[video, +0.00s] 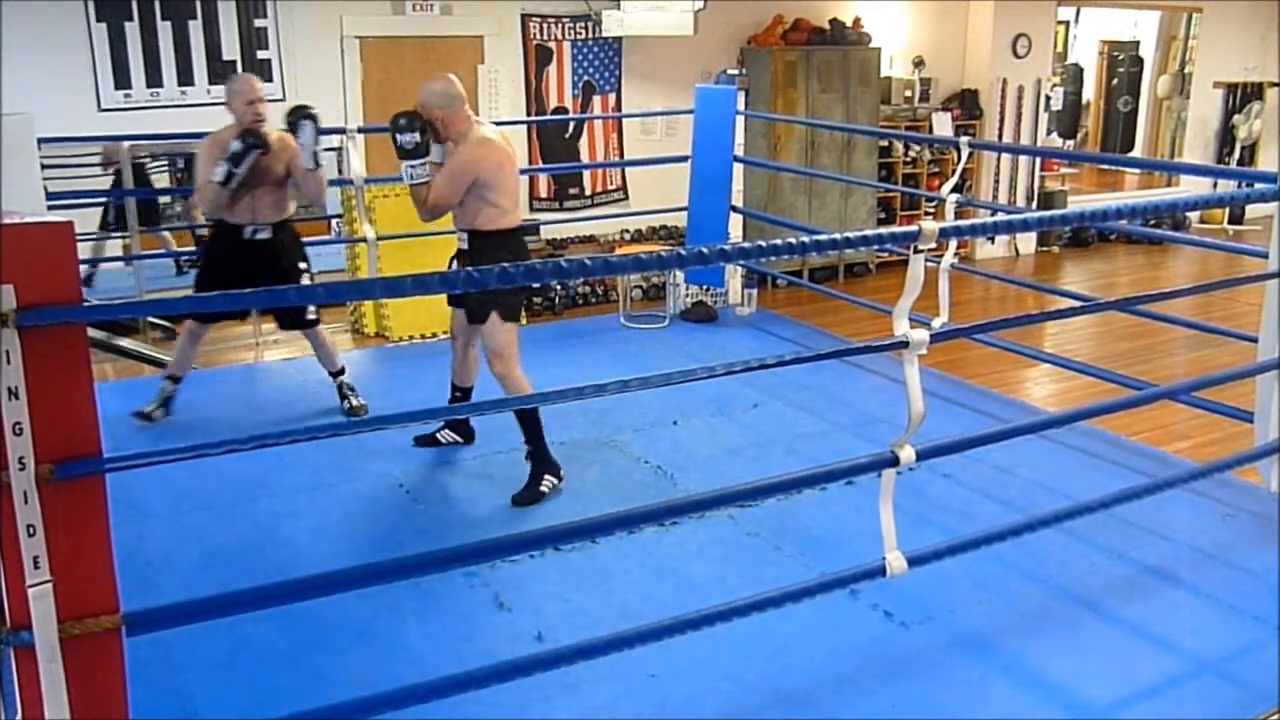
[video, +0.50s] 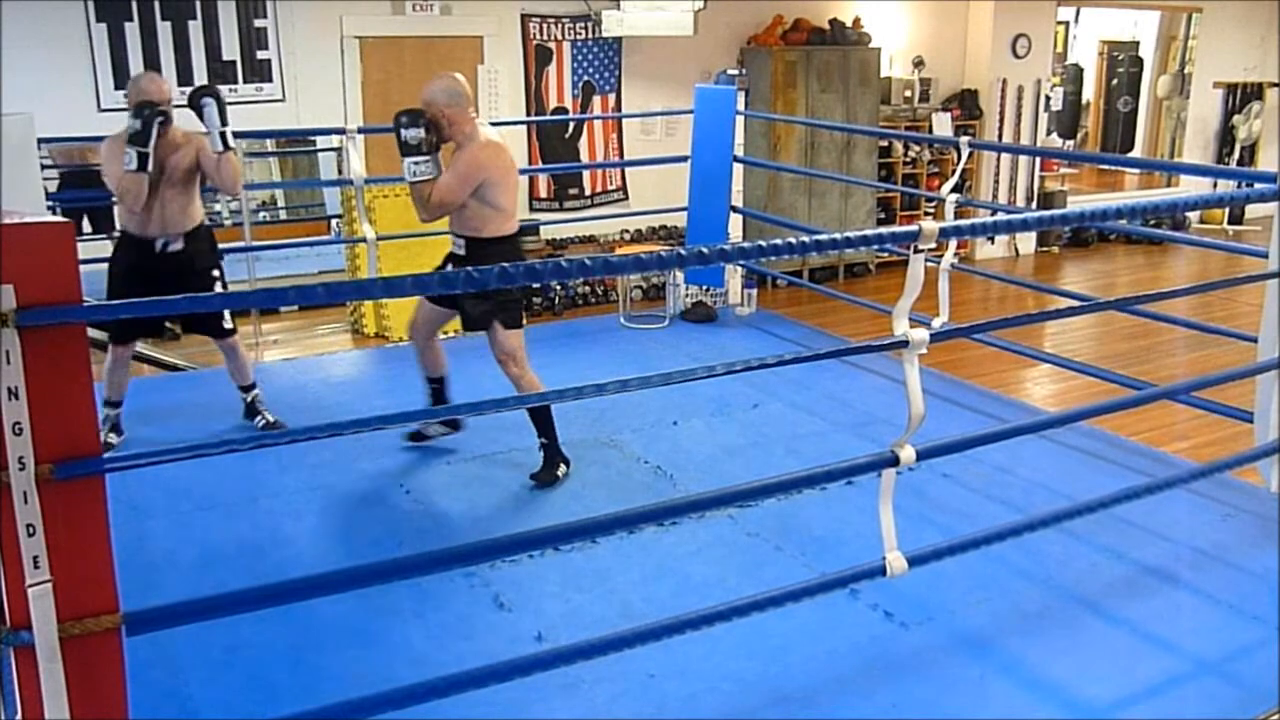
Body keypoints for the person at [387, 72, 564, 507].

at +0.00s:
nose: (429, 127)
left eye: (430, 119)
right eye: (427, 120)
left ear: (447, 116)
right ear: (460, 109)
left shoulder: (473, 150)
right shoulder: (480, 137)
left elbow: (428, 209)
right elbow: (434, 200)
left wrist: (418, 166)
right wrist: (428, 162)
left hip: (496, 252)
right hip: (479, 249)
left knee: (502, 363)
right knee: (462, 339)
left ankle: (544, 463)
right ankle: (458, 421)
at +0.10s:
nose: (423, 120)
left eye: (425, 113)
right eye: (422, 113)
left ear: (445, 113)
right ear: (456, 108)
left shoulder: (478, 150)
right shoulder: (465, 144)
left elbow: (437, 210)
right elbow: (440, 203)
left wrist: (421, 164)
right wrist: (427, 158)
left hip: (497, 254)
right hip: (471, 250)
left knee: (501, 362)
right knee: (463, 343)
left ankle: (551, 451)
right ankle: (458, 422)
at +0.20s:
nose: (426, 125)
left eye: (429, 117)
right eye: (425, 118)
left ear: (450, 117)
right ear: (455, 115)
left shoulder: (485, 153)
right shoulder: (463, 149)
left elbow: (443, 214)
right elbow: (443, 208)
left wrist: (424, 165)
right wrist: (427, 163)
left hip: (502, 258)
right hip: (472, 254)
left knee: (509, 365)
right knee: (463, 344)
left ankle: (549, 454)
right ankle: (459, 423)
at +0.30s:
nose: (429, 121)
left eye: (432, 114)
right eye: (429, 114)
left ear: (454, 113)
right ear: (459, 112)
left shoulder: (486, 150)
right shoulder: (463, 146)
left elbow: (440, 209)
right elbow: (438, 204)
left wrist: (424, 160)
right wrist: (426, 159)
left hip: (506, 257)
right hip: (476, 254)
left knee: (519, 359)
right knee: (468, 344)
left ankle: (554, 454)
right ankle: (459, 421)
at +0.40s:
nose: (429, 118)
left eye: (433, 111)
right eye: (428, 111)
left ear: (456, 109)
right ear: (458, 109)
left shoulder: (485, 149)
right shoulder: (463, 145)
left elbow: (435, 207)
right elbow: (436, 199)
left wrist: (422, 157)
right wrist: (425, 156)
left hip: (506, 257)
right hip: (473, 254)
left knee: (518, 358)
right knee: (450, 334)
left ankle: (554, 452)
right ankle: (461, 419)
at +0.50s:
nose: (426, 121)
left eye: (431, 113)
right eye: (425, 113)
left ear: (454, 113)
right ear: (458, 113)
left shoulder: (480, 154)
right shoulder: (464, 147)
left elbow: (428, 209)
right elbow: (432, 200)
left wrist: (418, 159)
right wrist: (422, 157)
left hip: (496, 262)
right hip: (465, 258)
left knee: (513, 363)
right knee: (421, 332)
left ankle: (554, 454)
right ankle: (443, 414)